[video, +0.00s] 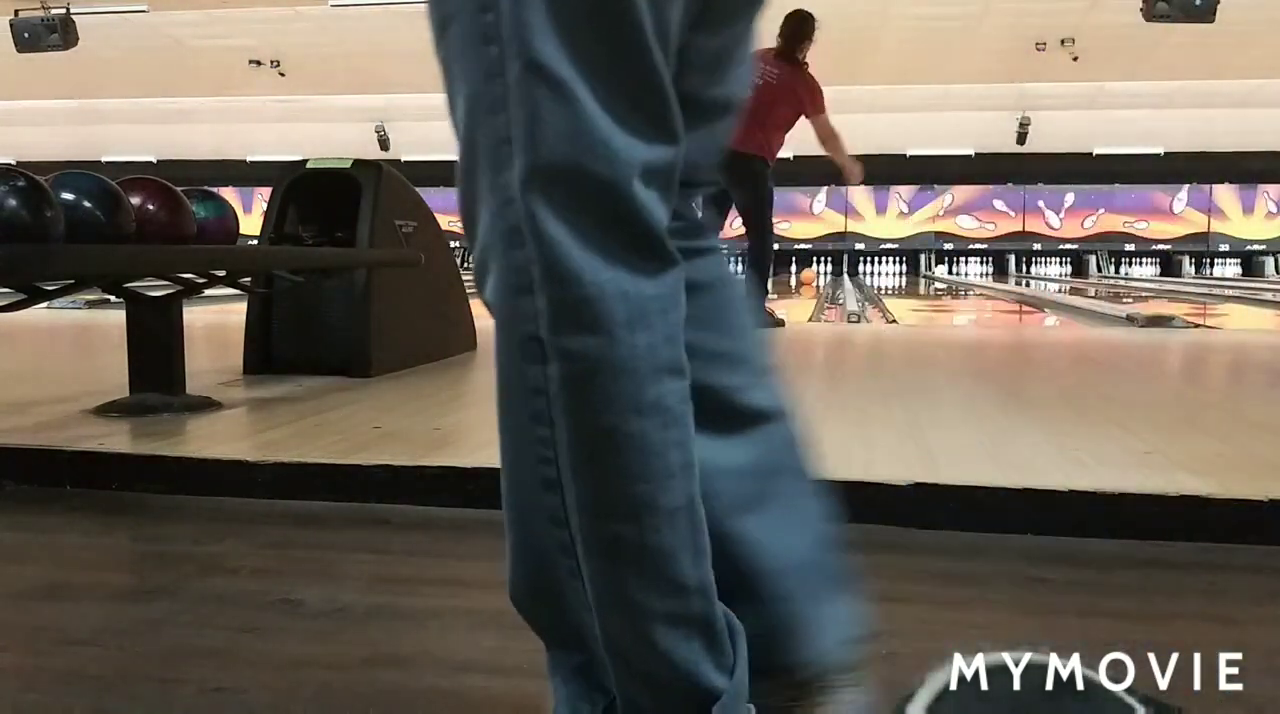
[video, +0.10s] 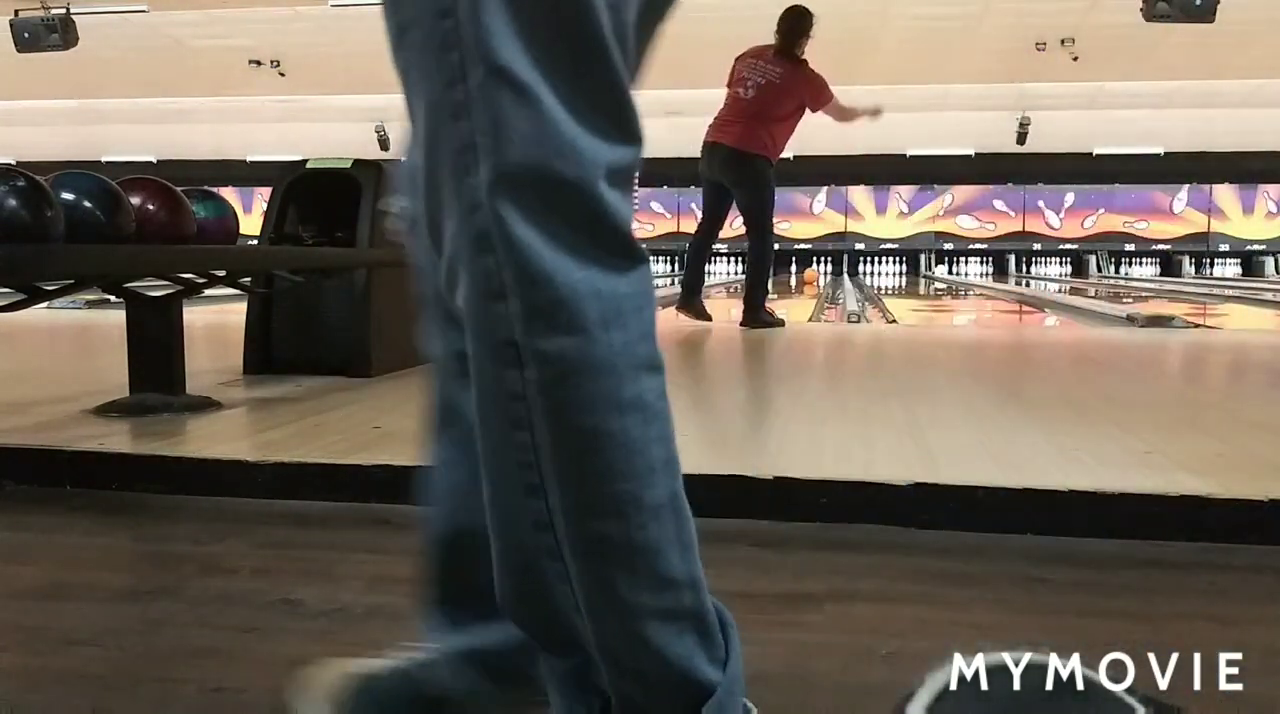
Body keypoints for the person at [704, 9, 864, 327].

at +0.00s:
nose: (809, 42)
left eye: (808, 35)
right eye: (810, 37)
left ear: (781, 32)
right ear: (808, 39)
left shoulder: (755, 58)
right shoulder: (804, 82)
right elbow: (825, 135)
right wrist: (847, 164)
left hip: (720, 153)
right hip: (751, 162)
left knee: (707, 229)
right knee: (760, 237)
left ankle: (683, 294)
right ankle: (755, 307)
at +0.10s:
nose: (808, 37)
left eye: (807, 31)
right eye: (809, 32)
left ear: (779, 29)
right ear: (805, 35)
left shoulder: (748, 56)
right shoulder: (804, 77)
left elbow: (735, 93)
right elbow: (840, 113)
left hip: (713, 152)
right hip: (750, 160)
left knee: (709, 225)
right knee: (760, 234)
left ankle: (689, 298)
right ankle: (754, 311)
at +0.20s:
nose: (804, 31)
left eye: (799, 25)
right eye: (805, 27)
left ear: (775, 25)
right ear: (803, 31)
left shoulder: (745, 53)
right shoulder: (804, 72)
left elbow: (729, 91)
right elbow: (841, 96)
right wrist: (856, 71)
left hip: (713, 150)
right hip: (751, 158)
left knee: (706, 225)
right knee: (760, 234)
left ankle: (683, 300)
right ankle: (754, 311)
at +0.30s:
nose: (798, 30)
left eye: (796, 24)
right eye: (798, 25)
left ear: (767, 24)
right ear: (795, 29)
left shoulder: (737, 52)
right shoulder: (797, 69)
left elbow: (718, 98)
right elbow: (834, 89)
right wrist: (834, 48)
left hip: (709, 151)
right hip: (748, 159)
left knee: (702, 226)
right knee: (759, 234)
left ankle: (674, 296)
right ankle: (758, 311)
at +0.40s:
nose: (789, 29)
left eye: (785, 23)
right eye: (788, 24)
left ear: (757, 23)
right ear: (786, 29)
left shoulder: (727, 53)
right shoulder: (787, 71)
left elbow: (711, 101)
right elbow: (821, 98)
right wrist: (811, 57)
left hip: (703, 153)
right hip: (743, 161)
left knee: (698, 225)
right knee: (754, 235)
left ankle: (664, 288)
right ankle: (757, 312)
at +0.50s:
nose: (773, 31)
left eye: (769, 24)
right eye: (774, 25)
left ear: (744, 24)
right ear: (773, 29)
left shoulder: (715, 54)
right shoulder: (776, 73)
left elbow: (701, 102)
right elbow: (797, 121)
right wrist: (795, 102)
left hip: (694, 154)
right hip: (734, 162)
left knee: (691, 229)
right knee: (750, 236)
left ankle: (655, 284)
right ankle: (757, 311)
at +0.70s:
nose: (740, 35)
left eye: (737, 29)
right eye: (740, 30)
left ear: (708, 28)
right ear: (737, 33)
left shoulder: (678, 62)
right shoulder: (735, 78)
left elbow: (665, 114)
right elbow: (733, 138)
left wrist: (691, 135)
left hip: (666, 167)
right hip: (706, 172)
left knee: (670, 239)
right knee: (734, 242)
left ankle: (640, 305)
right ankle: (755, 310)